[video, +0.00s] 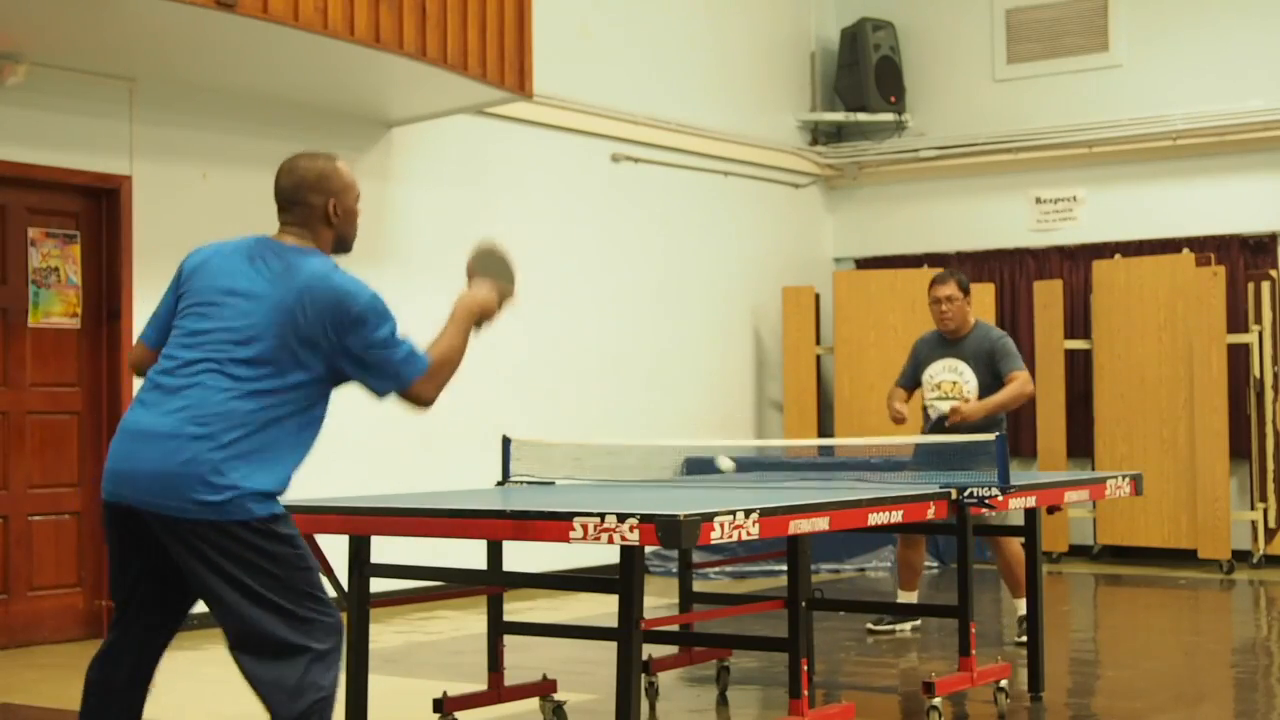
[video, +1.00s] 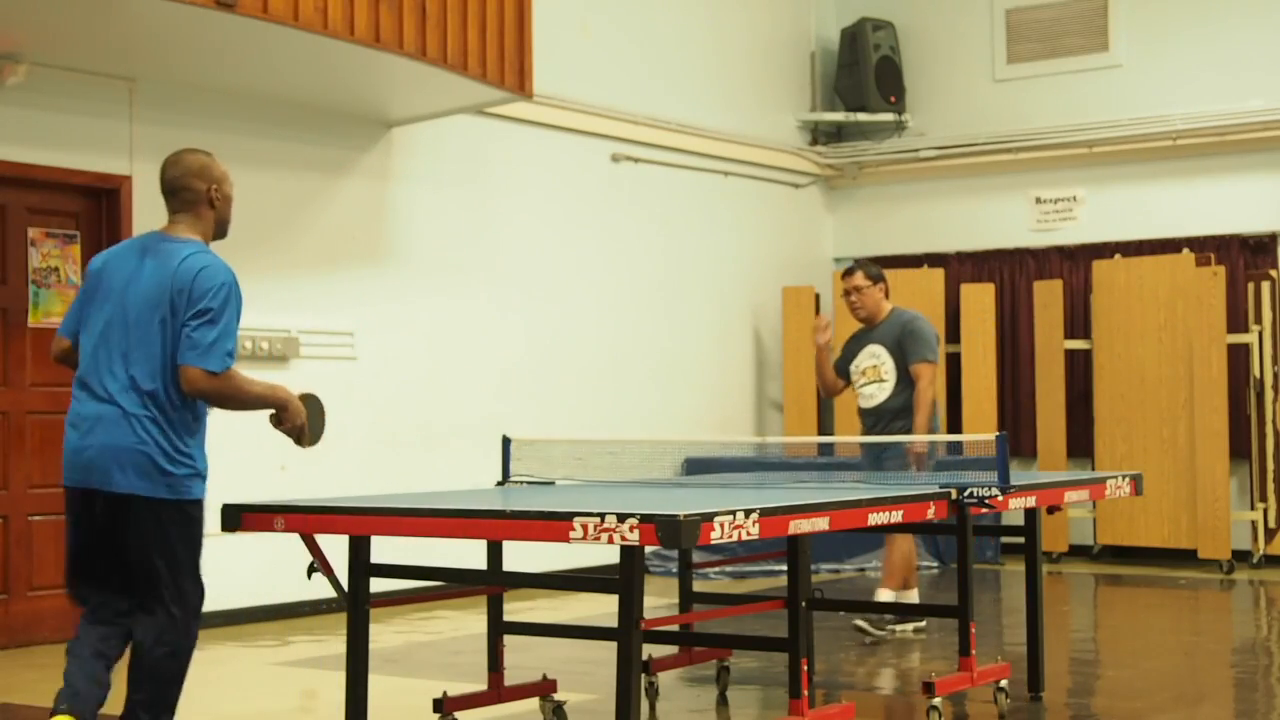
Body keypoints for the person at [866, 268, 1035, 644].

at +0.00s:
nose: (943, 309)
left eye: (950, 301)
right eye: (936, 302)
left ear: (968, 302)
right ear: (929, 306)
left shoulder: (994, 341)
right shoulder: (925, 346)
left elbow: (1024, 386)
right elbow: (900, 390)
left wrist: (978, 408)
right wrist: (897, 405)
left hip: (981, 453)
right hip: (932, 453)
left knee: (998, 529)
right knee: (910, 524)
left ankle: (1026, 613)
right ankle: (906, 610)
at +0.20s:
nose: (944, 308)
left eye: (951, 300)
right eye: (938, 302)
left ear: (972, 302)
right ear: (933, 307)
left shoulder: (999, 341)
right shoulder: (933, 347)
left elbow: (1020, 393)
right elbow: (921, 396)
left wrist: (973, 432)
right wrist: (909, 428)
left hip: (987, 455)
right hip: (940, 452)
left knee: (1002, 532)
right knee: (917, 524)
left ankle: (1026, 614)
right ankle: (907, 610)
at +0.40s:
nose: (925, 307)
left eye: (932, 298)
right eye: (920, 301)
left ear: (955, 301)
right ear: (917, 307)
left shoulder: (983, 344)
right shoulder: (925, 346)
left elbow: (987, 403)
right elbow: (910, 392)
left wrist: (945, 442)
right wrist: (891, 393)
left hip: (980, 457)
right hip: (935, 455)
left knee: (998, 531)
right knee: (909, 520)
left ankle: (1025, 614)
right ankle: (910, 610)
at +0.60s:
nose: (895, 302)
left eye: (902, 294)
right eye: (891, 296)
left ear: (926, 295)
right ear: (890, 302)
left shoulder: (952, 335)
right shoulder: (900, 341)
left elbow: (950, 395)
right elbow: (866, 379)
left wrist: (926, 442)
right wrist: (866, 340)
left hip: (955, 447)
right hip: (909, 448)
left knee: (979, 523)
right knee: (897, 523)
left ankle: (1017, 609)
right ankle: (909, 610)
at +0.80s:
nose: (870, 298)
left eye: (876, 290)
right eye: (866, 293)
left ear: (901, 288)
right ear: (866, 297)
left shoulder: (929, 325)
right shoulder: (876, 335)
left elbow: (940, 382)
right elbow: (838, 367)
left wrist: (920, 435)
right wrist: (843, 325)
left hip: (933, 438)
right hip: (890, 441)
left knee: (939, 519)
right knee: (897, 523)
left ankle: (966, 603)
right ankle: (908, 610)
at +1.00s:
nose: (853, 299)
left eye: (859, 291)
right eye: (848, 294)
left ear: (882, 290)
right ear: (846, 298)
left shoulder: (911, 325)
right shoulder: (855, 342)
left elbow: (926, 382)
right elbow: (831, 388)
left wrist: (920, 437)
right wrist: (823, 350)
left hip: (907, 442)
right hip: (873, 445)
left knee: (899, 520)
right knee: (896, 521)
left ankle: (883, 605)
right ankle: (910, 608)